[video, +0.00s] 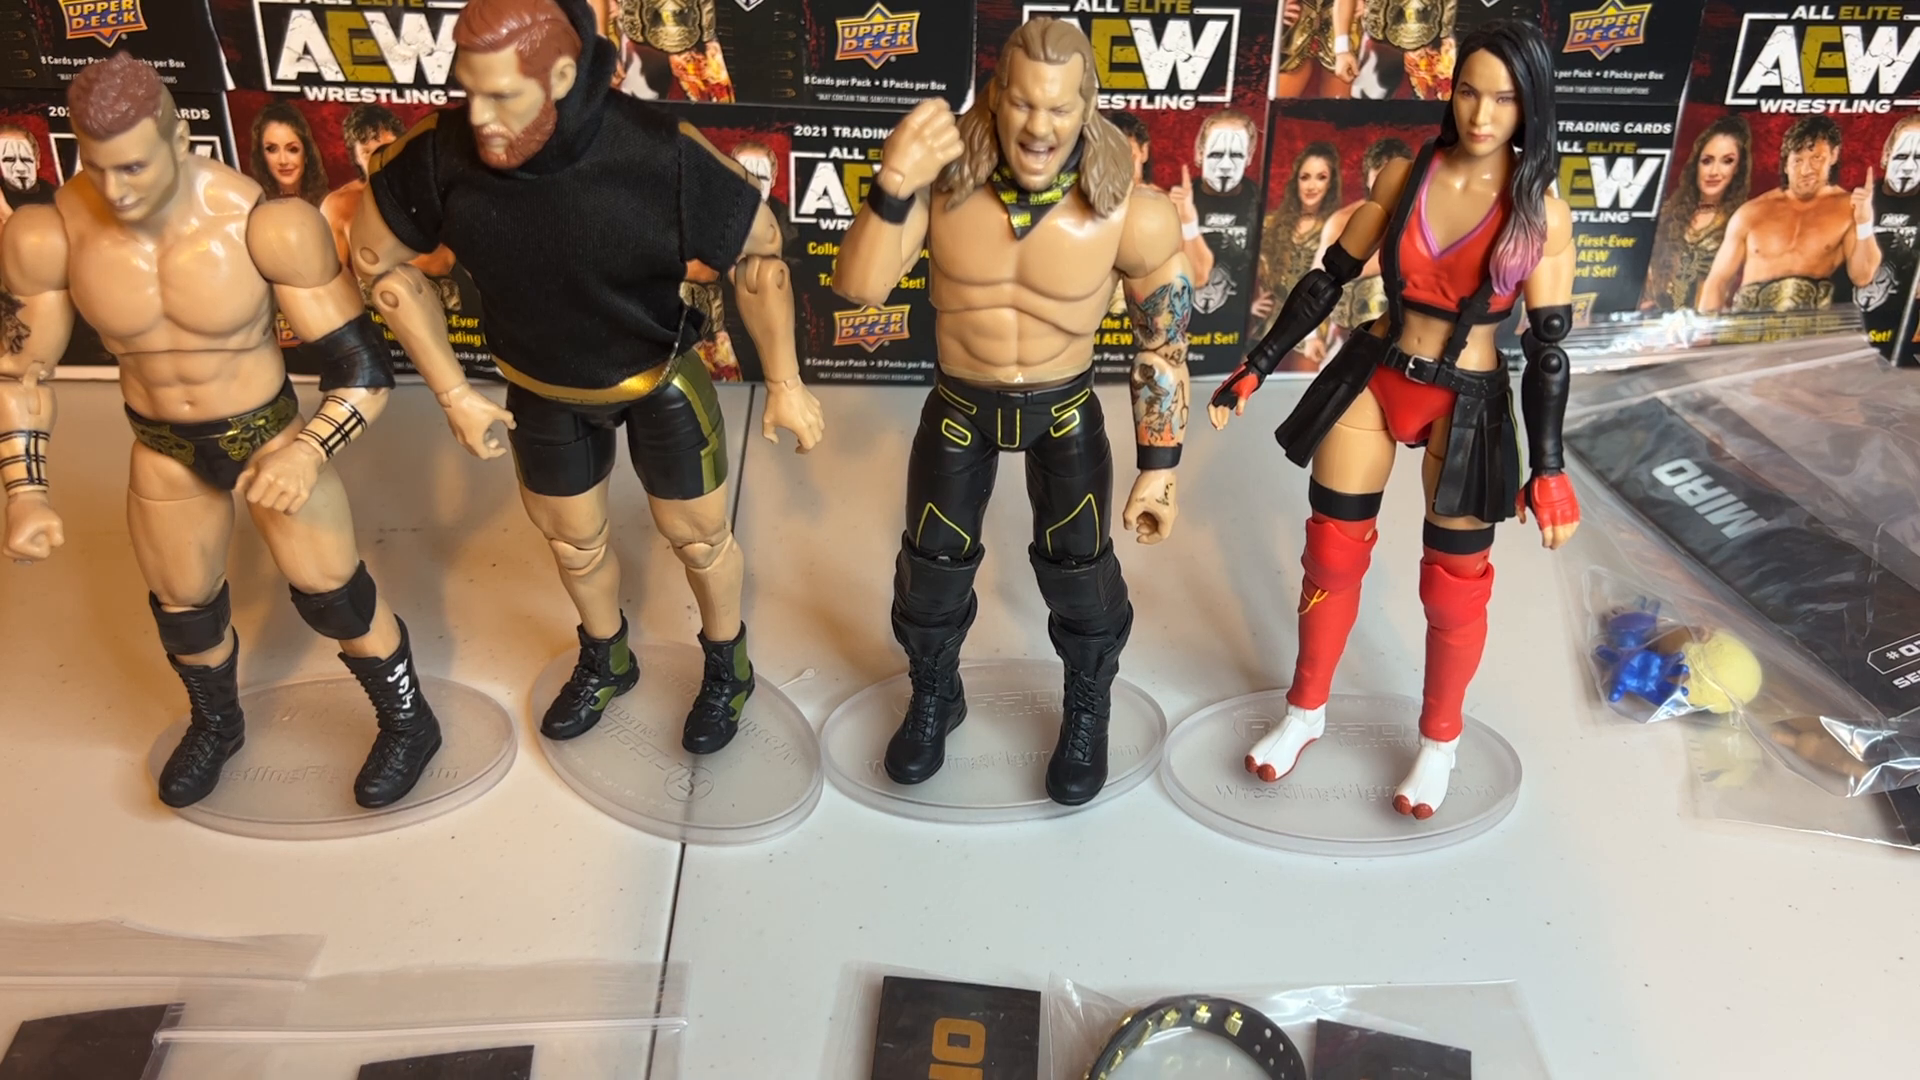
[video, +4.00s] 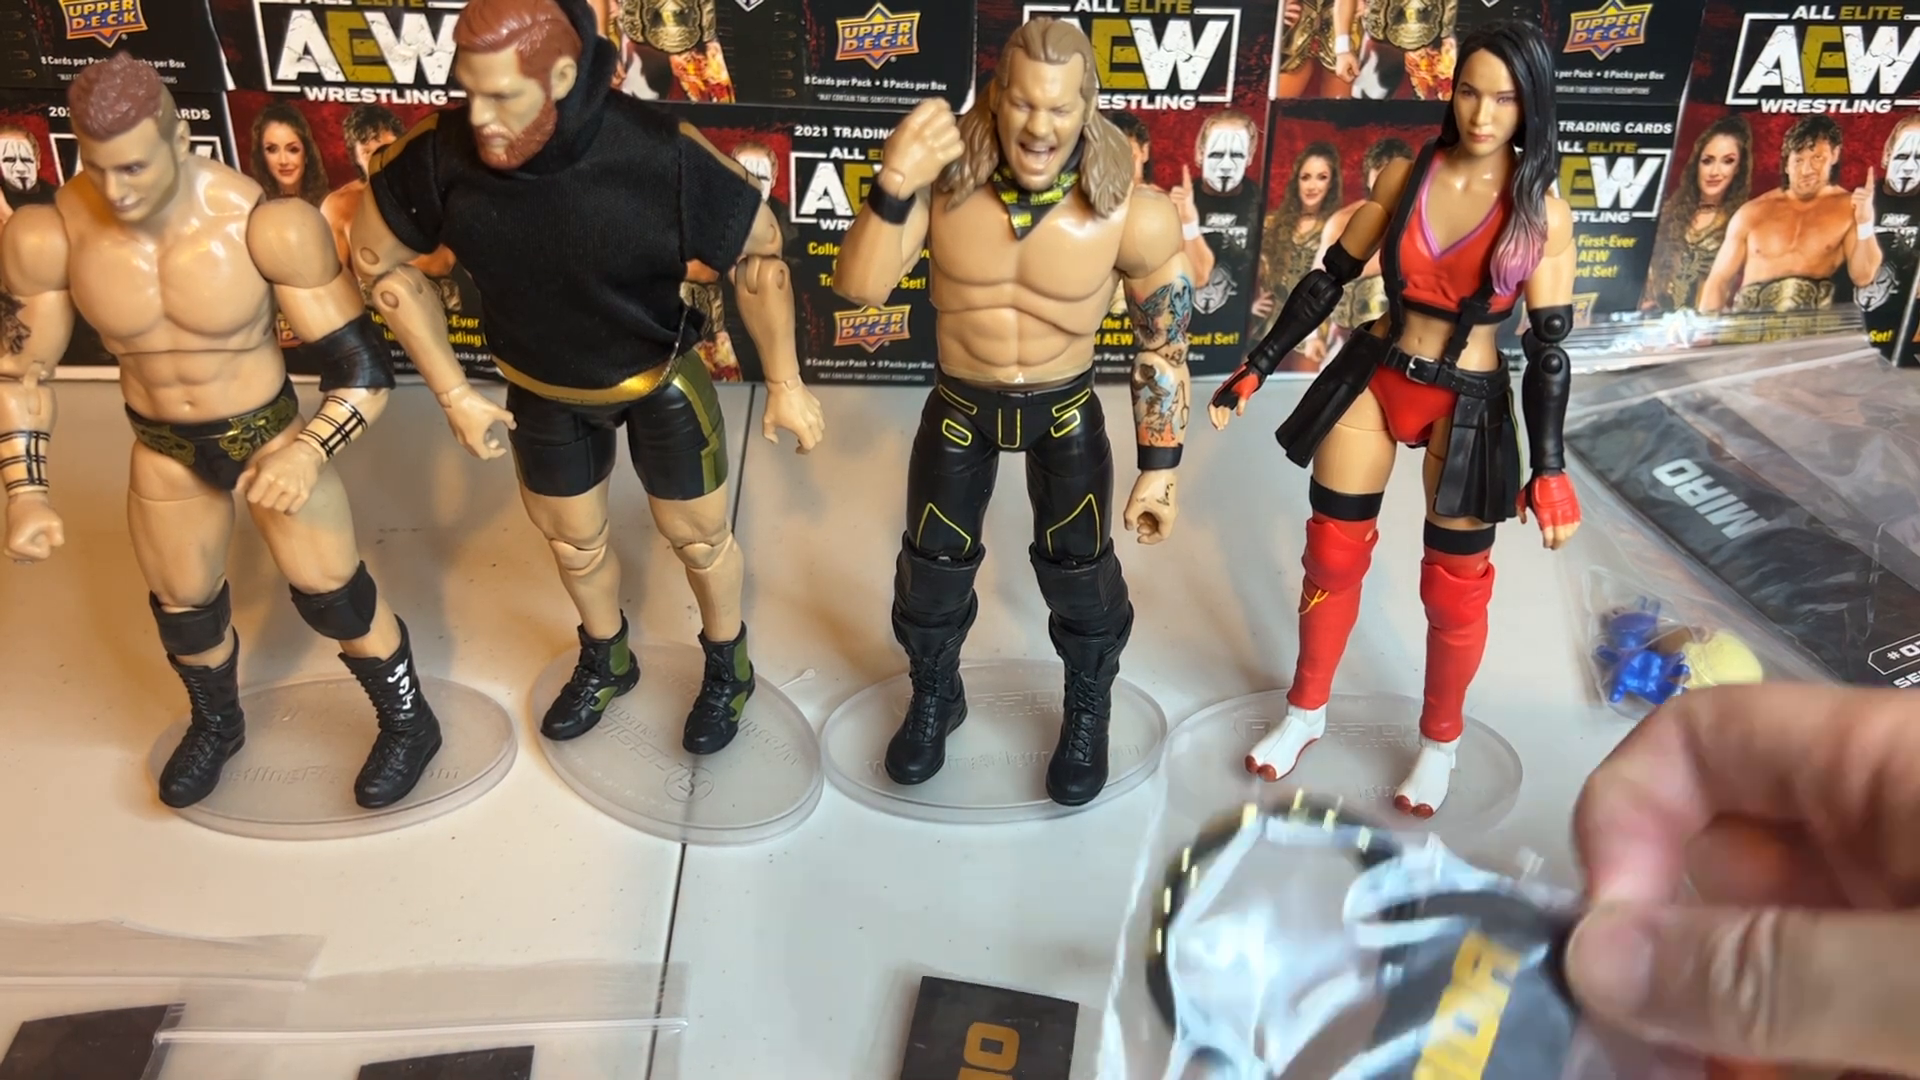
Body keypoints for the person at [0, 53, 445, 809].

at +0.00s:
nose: (118, 188)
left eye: (134, 167)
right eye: (100, 169)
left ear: (178, 138)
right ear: (80, 151)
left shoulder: (268, 225)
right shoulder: (54, 232)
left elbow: (363, 370)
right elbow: (23, 371)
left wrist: (311, 446)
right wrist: (21, 487)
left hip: (269, 441)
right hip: (161, 452)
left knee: (336, 600)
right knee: (186, 617)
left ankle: (409, 722)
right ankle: (216, 722)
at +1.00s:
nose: (118, 188)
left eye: (134, 167)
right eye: (100, 169)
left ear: (178, 138)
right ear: (80, 151)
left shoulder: (268, 225)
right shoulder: (53, 232)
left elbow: (362, 370)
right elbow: (23, 372)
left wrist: (312, 446)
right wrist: (22, 487)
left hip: (269, 440)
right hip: (161, 451)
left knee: (336, 599)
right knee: (186, 617)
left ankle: (408, 722)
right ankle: (216, 723)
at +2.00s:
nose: (118, 188)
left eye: (134, 167)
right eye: (100, 169)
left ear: (178, 138)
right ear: (80, 150)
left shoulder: (268, 225)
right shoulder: (52, 233)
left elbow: (362, 370)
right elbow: (23, 372)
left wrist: (312, 446)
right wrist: (22, 486)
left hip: (269, 440)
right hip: (161, 451)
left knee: (336, 598)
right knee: (186, 616)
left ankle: (408, 721)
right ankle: (216, 723)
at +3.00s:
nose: (118, 188)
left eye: (135, 167)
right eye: (101, 169)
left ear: (178, 138)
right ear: (80, 151)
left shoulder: (268, 225)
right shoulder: (52, 234)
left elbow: (362, 370)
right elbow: (22, 372)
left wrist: (311, 447)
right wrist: (22, 487)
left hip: (270, 441)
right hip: (161, 453)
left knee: (336, 598)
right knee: (186, 616)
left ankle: (408, 721)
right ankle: (216, 724)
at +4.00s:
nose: (118, 188)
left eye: (134, 168)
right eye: (100, 170)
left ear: (178, 138)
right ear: (81, 151)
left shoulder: (269, 225)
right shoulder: (54, 232)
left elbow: (363, 370)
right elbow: (23, 372)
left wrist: (312, 446)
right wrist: (22, 487)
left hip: (269, 441)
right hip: (161, 452)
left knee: (336, 598)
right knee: (186, 615)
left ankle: (408, 721)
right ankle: (216, 722)